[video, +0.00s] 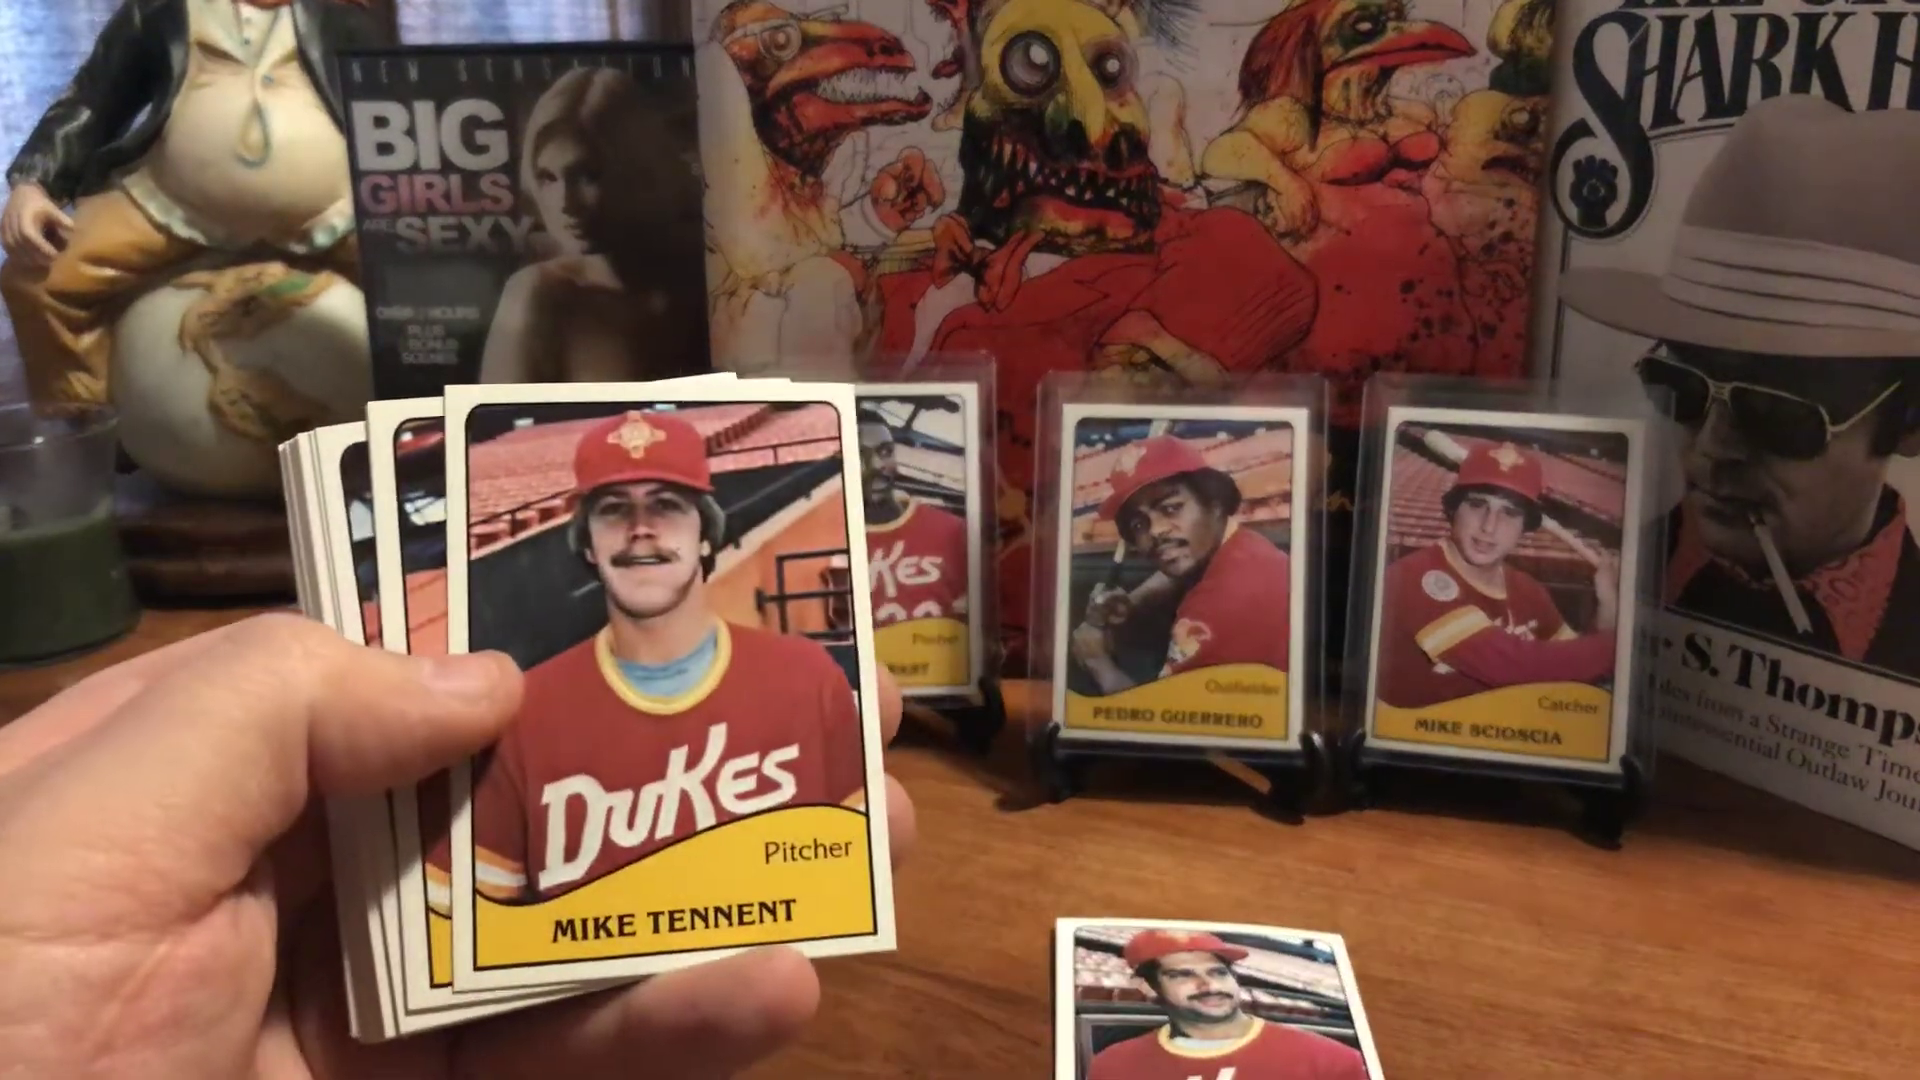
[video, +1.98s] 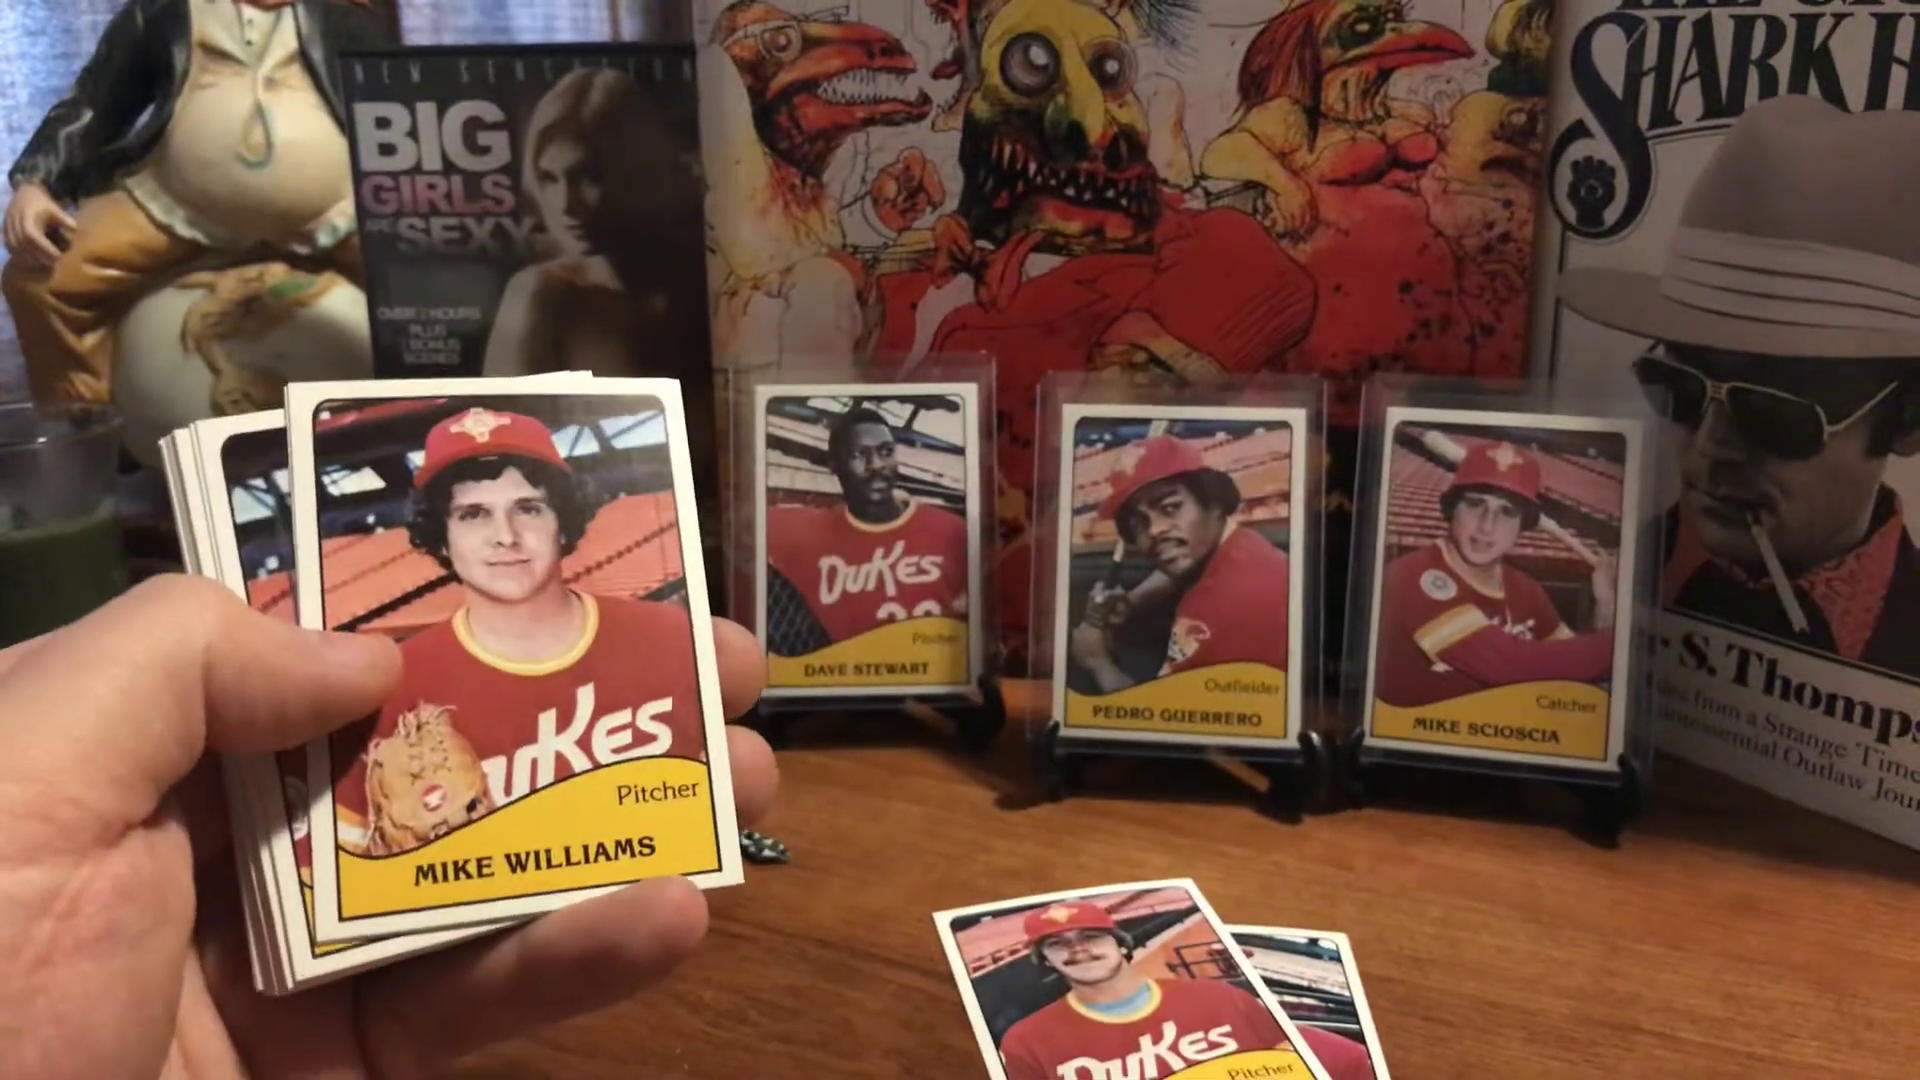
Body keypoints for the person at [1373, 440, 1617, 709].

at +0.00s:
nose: (1488, 526)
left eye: (1508, 513)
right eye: (1477, 505)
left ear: (1525, 528)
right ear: (1453, 509)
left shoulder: (1526, 590)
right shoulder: (1417, 577)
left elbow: (1580, 671)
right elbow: (1505, 665)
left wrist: (1607, 607)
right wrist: (1616, 644)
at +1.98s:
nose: (1486, 525)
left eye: (1506, 512)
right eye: (1475, 504)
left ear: (1522, 526)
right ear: (1452, 509)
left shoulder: (1525, 591)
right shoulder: (1416, 578)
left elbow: (1578, 676)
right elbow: (1507, 665)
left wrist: (1605, 607)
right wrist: (1624, 640)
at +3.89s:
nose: (1485, 527)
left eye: (1504, 513)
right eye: (1474, 506)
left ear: (1520, 527)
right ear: (1450, 509)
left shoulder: (1523, 591)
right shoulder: (1414, 578)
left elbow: (1577, 671)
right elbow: (1505, 665)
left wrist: (1604, 607)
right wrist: (1616, 643)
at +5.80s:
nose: (1483, 526)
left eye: (1503, 513)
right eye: (1473, 505)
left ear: (1518, 528)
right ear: (1449, 509)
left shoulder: (1523, 592)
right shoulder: (1412, 577)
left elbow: (1579, 671)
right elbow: (1501, 664)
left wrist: (1602, 604)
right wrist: (1615, 646)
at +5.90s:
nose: (1483, 526)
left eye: (1503, 513)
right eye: (1473, 505)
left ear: (1518, 528)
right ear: (1449, 509)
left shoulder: (1521, 592)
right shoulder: (1413, 577)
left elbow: (1579, 672)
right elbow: (1501, 664)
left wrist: (1602, 604)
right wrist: (1616, 646)